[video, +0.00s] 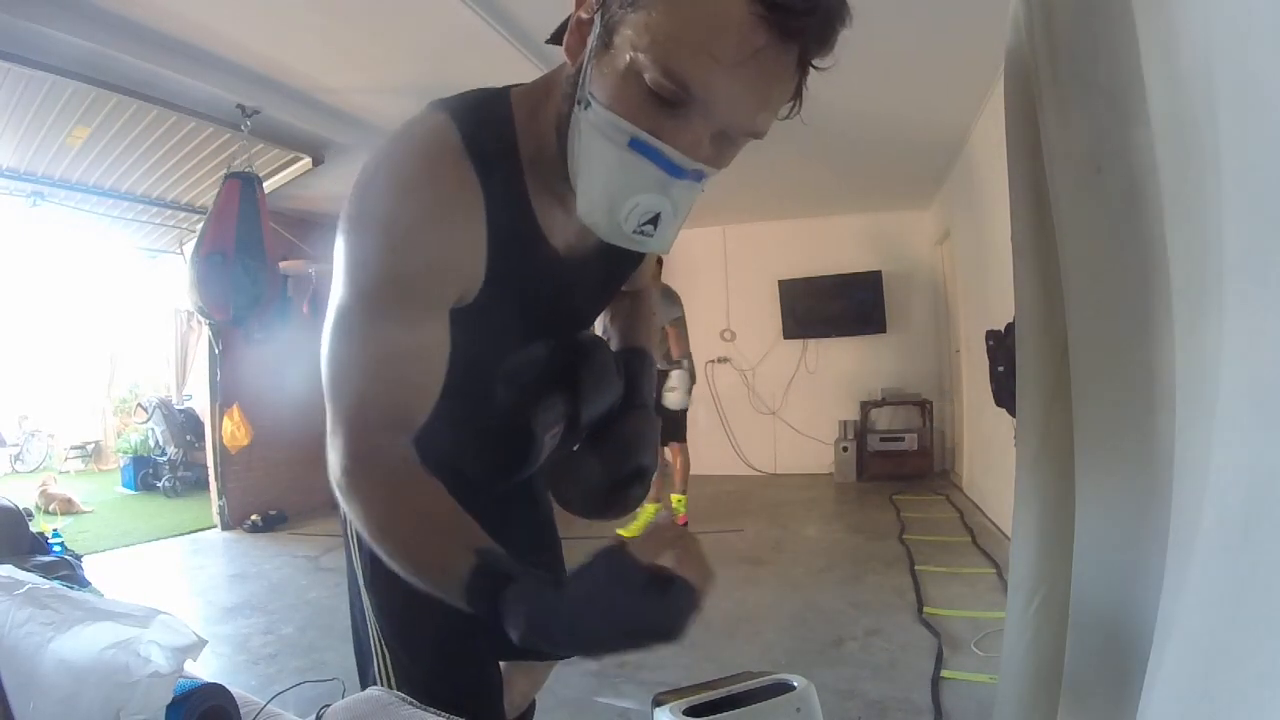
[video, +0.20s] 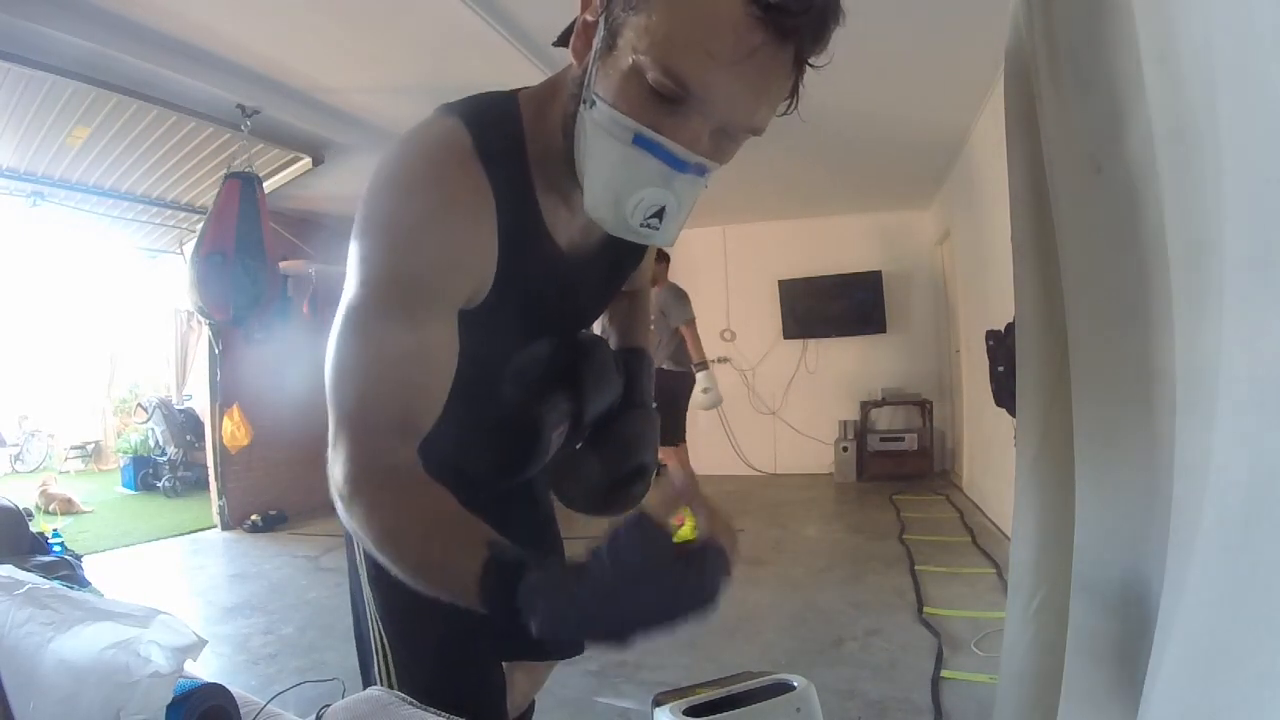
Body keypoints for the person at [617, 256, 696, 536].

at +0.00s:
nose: (635, 272)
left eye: (643, 264)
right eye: (633, 265)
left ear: (657, 266)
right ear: (625, 269)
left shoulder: (664, 297)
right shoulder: (621, 300)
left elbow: (678, 340)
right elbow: (603, 340)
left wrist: (679, 374)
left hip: (669, 376)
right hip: (640, 376)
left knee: (675, 444)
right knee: (648, 444)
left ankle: (679, 502)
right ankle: (652, 504)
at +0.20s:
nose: (647, 271)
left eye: (650, 264)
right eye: (646, 265)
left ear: (662, 263)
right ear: (657, 264)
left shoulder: (670, 293)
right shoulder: (651, 295)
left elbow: (689, 333)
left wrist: (703, 373)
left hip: (673, 375)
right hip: (659, 374)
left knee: (668, 448)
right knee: (670, 446)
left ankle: (696, 510)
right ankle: (688, 506)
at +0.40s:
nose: (657, 265)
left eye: (661, 259)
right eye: (655, 259)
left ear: (672, 261)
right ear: (655, 262)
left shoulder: (683, 294)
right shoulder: (657, 294)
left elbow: (698, 334)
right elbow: (660, 337)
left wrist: (703, 376)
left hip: (682, 374)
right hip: (665, 373)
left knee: (685, 448)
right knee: (674, 447)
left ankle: (704, 517)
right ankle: (677, 508)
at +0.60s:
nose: (665, 264)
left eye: (670, 257)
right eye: (663, 258)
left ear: (681, 258)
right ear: (662, 260)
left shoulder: (692, 292)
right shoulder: (657, 292)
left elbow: (705, 336)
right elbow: (657, 338)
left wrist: (700, 378)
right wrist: (652, 375)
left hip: (687, 373)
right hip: (664, 373)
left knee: (693, 448)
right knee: (672, 445)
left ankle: (706, 517)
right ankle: (676, 506)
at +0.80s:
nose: (666, 260)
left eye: (672, 254)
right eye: (663, 254)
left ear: (686, 255)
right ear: (659, 257)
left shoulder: (700, 290)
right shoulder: (654, 291)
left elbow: (706, 339)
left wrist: (696, 382)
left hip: (692, 375)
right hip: (661, 376)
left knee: (696, 449)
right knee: (662, 443)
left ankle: (707, 517)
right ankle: (668, 509)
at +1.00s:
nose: (667, 264)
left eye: (674, 258)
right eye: (664, 258)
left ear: (689, 256)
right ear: (660, 258)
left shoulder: (705, 293)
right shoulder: (660, 293)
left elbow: (712, 346)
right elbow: (653, 336)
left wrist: (700, 386)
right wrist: (646, 374)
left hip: (696, 377)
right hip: (663, 377)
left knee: (700, 451)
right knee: (658, 448)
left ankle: (707, 519)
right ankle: (653, 521)